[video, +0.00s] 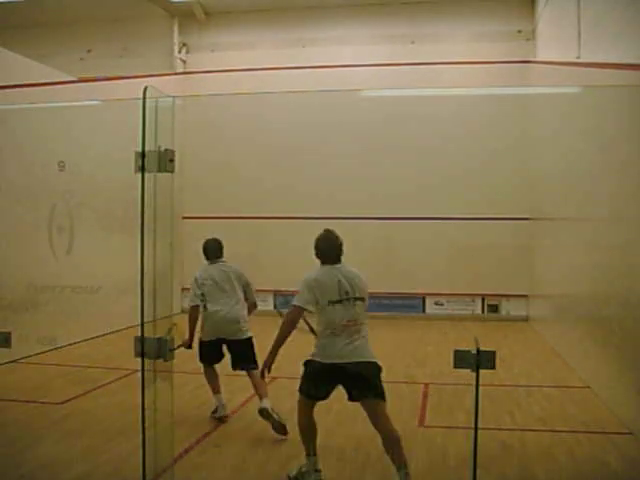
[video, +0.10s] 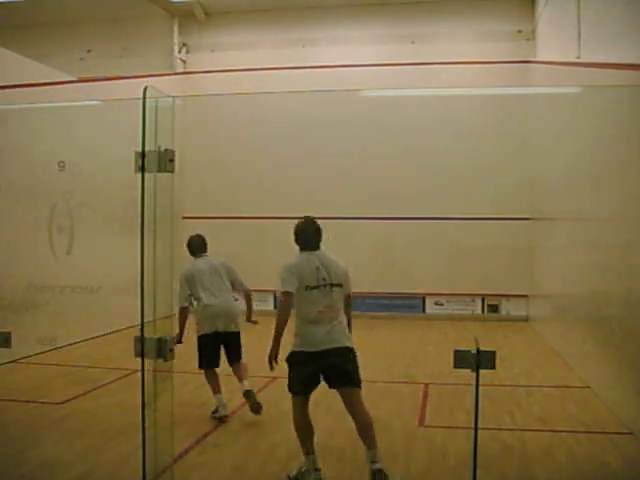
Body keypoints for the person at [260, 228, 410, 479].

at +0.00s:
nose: (320, 255)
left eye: (318, 250)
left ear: (317, 254)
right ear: (341, 251)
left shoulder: (313, 281)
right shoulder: (357, 278)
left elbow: (291, 320)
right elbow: (358, 316)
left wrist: (271, 355)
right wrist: (323, 330)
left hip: (325, 362)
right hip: (362, 361)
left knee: (305, 407)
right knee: (381, 420)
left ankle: (311, 465)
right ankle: (404, 473)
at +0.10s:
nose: (295, 240)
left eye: (296, 237)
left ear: (297, 241)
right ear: (321, 239)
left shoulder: (292, 268)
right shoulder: (339, 268)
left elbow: (286, 307)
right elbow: (348, 308)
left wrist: (275, 345)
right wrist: (347, 338)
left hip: (305, 353)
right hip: (340, 349)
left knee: (300, 408)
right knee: (356, 405)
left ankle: (310, 464)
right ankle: (376, 462)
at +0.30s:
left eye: (270, 227)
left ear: (270, 232)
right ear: (293, 231)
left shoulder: (262, 262)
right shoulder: (311, 256)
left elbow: (253, 305)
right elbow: (332, 285)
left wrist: (246, 339)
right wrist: (348, 312)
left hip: (277, 338)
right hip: (307, 336)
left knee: (277, 397)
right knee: (297, 388)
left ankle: (280, 458)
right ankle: (293, 445)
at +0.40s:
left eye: (259, 242)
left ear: (259, 245)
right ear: (282, 243)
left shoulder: (251, 272)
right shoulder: (297, 265)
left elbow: (238, 309)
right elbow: (316, 289)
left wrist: (226, 338)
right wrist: (335, 314)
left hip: (267, 346)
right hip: (295, 343)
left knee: (273, 402)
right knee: (273, 387)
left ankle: (283, 461)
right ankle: (263, 428)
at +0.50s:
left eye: (254, 241)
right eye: (268, 240)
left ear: (251, 244)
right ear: (274, 243)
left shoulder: (244, 272)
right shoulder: (288, 267)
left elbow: (229, 308)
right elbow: (305, 299)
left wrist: (218, 330)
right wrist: (317, 329)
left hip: (255, 346)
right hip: (281, 343)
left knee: (250, 395)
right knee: (264, 386)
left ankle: (271, 441)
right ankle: (251, 429)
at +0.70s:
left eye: (240, 229)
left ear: (238, 233)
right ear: (260, 232)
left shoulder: (230, 260)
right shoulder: (274, 257)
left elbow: (218, 294)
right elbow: (283, 292)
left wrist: (211, 319)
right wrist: (275, 312)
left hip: (238, 331)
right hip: (268, 330)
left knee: (229, 370)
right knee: (258, 376)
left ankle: (229, 417)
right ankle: (250, 428)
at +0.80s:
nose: (234, 233)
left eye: (234, 230)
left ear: (233, 234)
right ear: (254, 233)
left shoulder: (225, 259)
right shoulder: (268, 256)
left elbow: (214, 292)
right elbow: (279, 288)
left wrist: (205, 320)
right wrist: (268, 293)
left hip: (234, 329)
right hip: (261, 328)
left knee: (227, 368)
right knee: (255, 377)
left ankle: (220, 408)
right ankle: (249, 427)